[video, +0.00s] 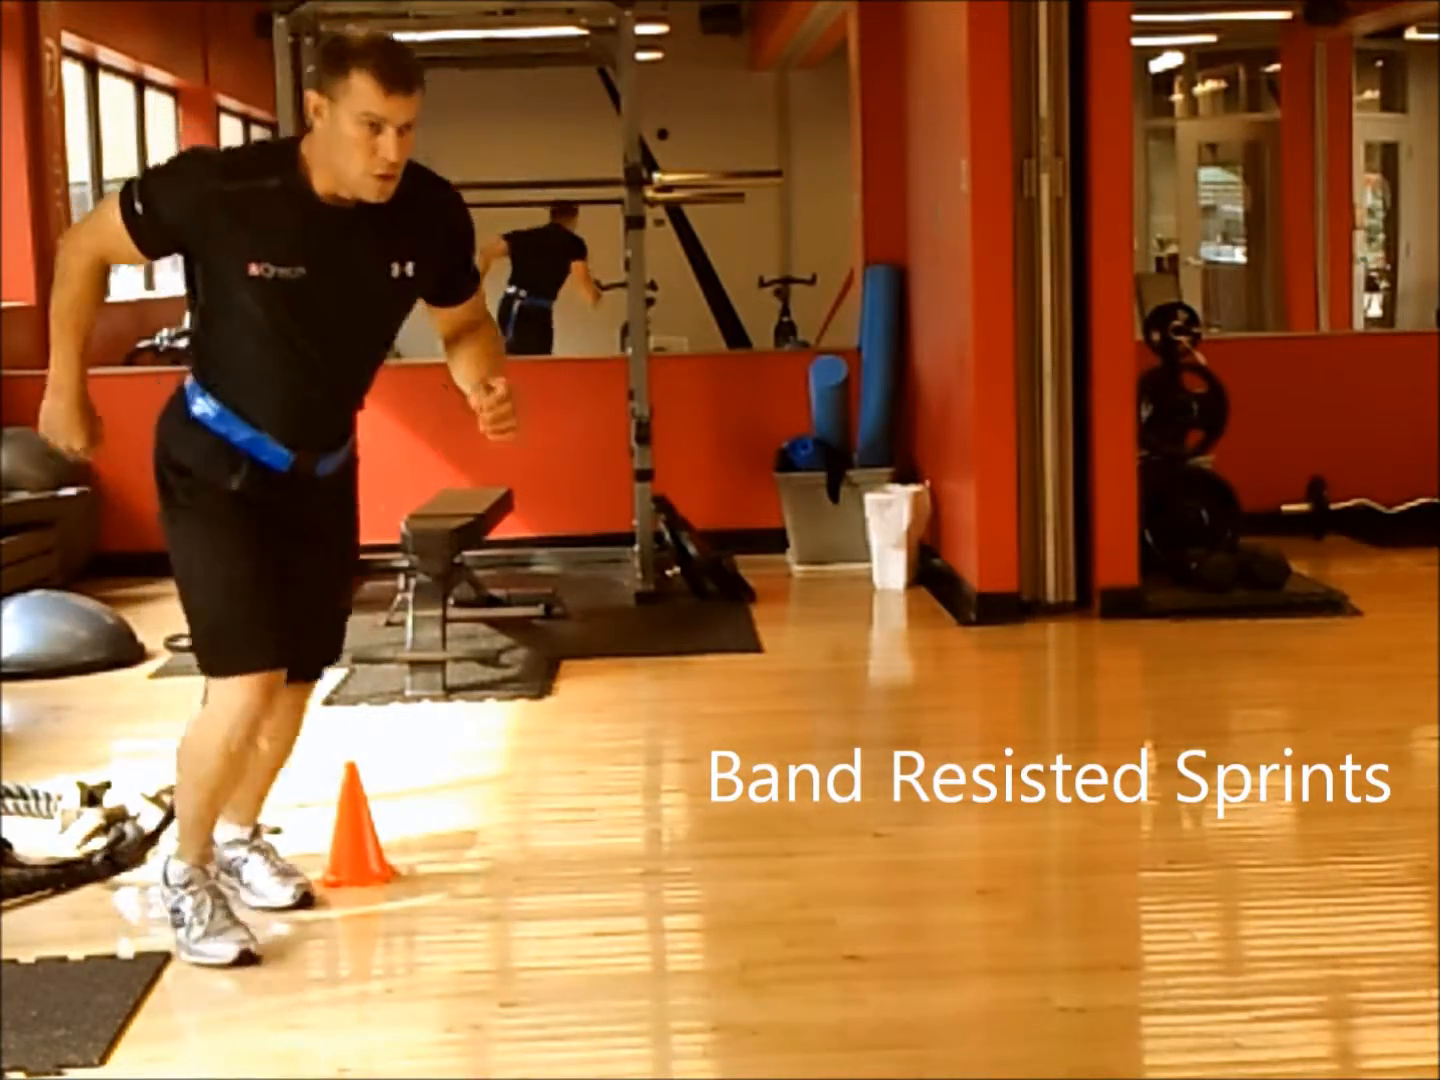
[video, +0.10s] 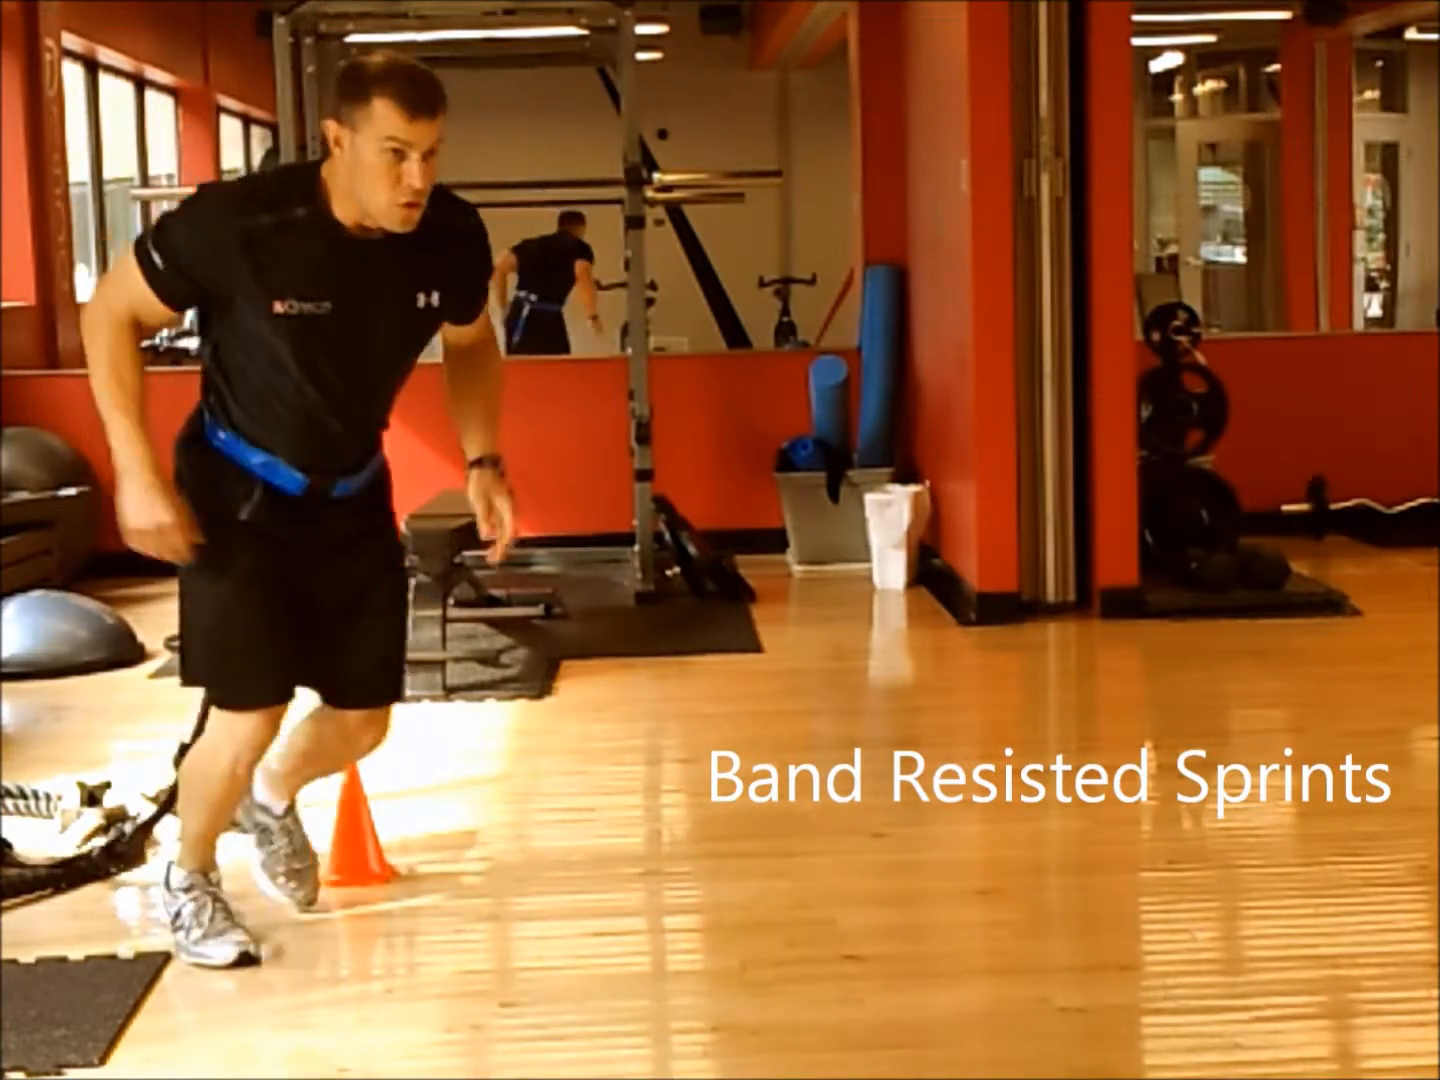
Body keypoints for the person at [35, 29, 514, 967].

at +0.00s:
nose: (394, 149)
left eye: (406, 128)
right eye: (373, 126)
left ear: (418, 125)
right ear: (318, 113)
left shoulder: (427, 214)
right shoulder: (216, 187)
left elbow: (467, 326)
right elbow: (83, 249)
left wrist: (485, 384)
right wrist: (65, 387)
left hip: (320, 473)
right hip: (216, 462)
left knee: (296, 678)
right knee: (246, 678)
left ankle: (236, 837)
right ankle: (183, 872)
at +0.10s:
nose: (419, 179)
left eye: (430, 155)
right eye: (397, 154)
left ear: (442, 150)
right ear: (336, 141)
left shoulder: (450, 239)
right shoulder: (237, 220)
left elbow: (470, 344)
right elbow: (108, 310)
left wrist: (482, 460)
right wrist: (136, 471)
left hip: (352, 499)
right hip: (236, 493)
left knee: (362, 718)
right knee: (251, 709)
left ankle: (259, 794)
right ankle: (187, 875)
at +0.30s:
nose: (560, 127)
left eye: (572, 105)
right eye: (538, 103)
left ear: (582, 101)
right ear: (469, 90)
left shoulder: (570, 184)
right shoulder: (372, 169)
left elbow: (541, 294)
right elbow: (289, 333)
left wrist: (523, 359)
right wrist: (453, 320)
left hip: (464, 467)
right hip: (332, 468)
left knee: (515, 668)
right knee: (280, 672)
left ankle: (482, 914)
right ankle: (205, 850)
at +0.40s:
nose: (660, 133)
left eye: (677, 111)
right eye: (637, 105)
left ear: (688, 108)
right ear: (570, 86)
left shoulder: (659, 186)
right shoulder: (457, 164)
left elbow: (603, 295)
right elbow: (339, 317)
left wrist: (606, 387)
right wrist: (505, 409)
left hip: (536, 474)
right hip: (403, 469)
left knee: (590, 709)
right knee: (374, 730)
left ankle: (535, 971)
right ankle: (234, 763)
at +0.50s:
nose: (746, 120)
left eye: (764, 95)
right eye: (726, 90)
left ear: (776, 88)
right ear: (651, 63)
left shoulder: (744, 192)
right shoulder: (525, 157)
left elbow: (737, 332)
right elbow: (371, 275)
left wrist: (755, 435)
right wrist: (368, 457)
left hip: (611, 488)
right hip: (482, 486)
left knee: (616, 742)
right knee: (500, 771)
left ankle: (534, 972)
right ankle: (327, 741)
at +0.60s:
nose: (836, 72)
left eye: (852, 45)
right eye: (810, 40)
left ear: (863, 38)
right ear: (732, 19)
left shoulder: (834, 130)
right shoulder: (603, 91)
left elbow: (835, 301)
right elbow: (398, 134)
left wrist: (919, 296)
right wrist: (363, 324)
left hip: (658, 447)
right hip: (542, 434)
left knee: (632, 711)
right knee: (629, 707)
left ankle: (534, 950)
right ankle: (470, 927)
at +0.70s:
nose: (903, 49)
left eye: (918, 23)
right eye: (876, 19)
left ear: (932, 22)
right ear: (794, 9)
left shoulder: (903, 108)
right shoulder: (644, 75)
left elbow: (924, 272)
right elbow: (461, 148)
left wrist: (972, 307)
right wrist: (486, 362)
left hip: (743, 459)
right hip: (616, 443)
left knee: (715, 728)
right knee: (669, 765)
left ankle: (532, 848)